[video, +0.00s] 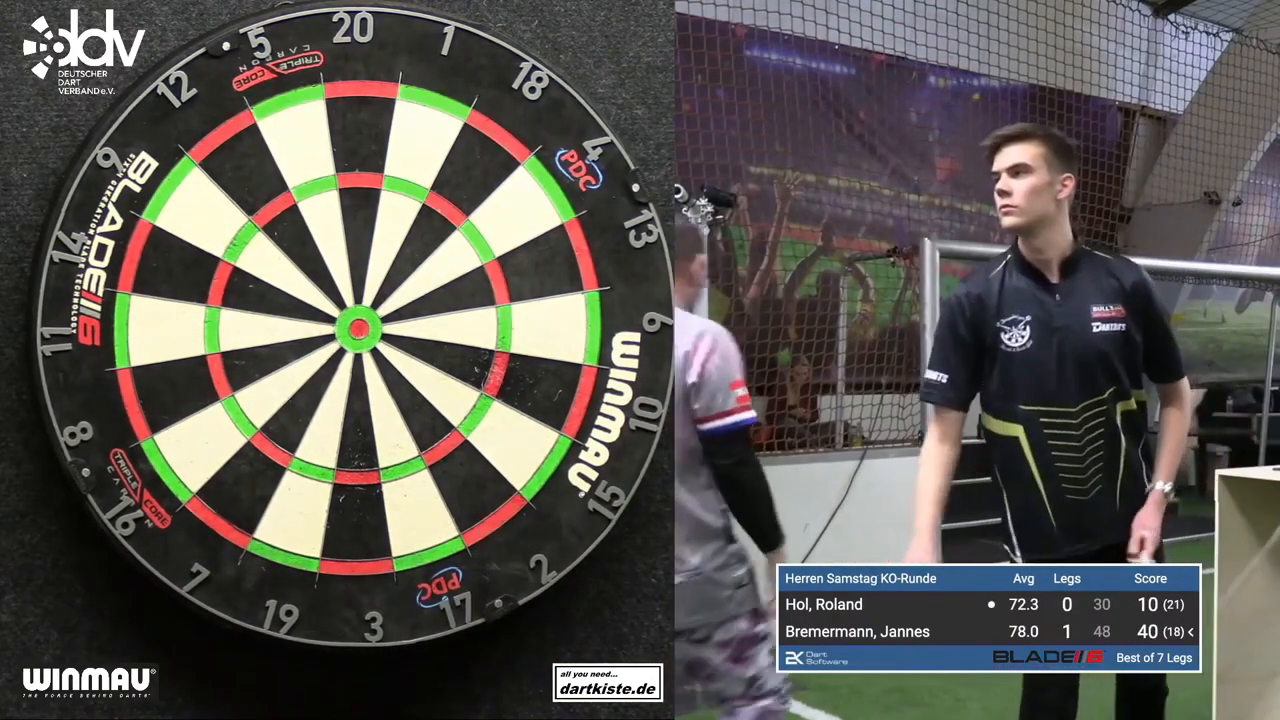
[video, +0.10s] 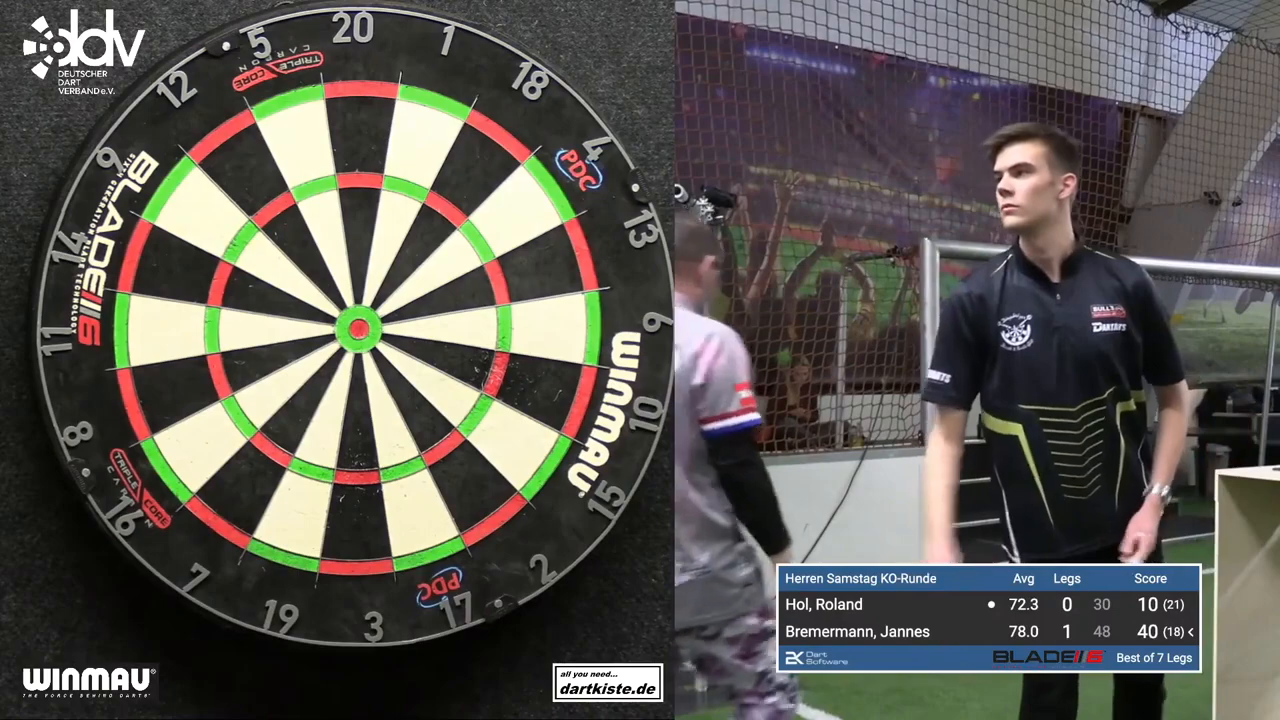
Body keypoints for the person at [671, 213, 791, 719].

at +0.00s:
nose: (707, 269)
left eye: (704, 256)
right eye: (703, 257)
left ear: (646, 265)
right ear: (689, 266)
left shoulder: (604, 337)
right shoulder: (704, 343)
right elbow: (733, 464)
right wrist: (776, 549)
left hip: (619, 566)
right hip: (695, 571)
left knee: (629, 703)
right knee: (754, 697)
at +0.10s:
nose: (717, 275)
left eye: (716, 264)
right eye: (716, 264)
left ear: (661, 264)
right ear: (702, 266)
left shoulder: (610, 334)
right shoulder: (711, 344)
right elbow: (737, 464)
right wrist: (780, 548)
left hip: (625, 569)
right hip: (701, 573)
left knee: (646, 705)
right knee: (765, 696)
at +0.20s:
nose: (758, 288)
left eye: (757, 275)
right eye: (754, 275)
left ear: (687, 272)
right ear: (731, 273)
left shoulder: (643, 335)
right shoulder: (743, 350)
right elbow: (766, 477)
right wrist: (802, 562)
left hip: (652, 574)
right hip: (731, 581)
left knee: (660, 706)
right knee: (770, 705)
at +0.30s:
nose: (796, 297)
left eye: (797, 285)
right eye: (794, 284)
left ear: (731, 281)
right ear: (772, 284)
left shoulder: (681, 348)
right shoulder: (789, 360)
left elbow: (661, 463)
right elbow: (805, 484)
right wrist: (829, 567)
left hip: (686, 567)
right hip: (765, 575)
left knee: (684, 698)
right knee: (799, 699)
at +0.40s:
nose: (841, 296)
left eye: (842, 285)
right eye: (840, 285)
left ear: (778, 280)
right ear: (822, 284)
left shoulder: (724, 349)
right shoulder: (837, 356)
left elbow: (714, 448)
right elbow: (848, 468)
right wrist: (869, 550)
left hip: (730, 548)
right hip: (812, 555)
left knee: (713, 681)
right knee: (839, 685)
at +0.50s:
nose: (866, 293)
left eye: (866, 283)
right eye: (865, 282)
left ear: (805, 278)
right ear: (847, 281)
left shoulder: (747, 347)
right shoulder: (859, 351)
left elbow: (737, 446)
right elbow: (878, 458)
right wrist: (909, 535)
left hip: (759, 542)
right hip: (838, 548)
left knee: (741, 672)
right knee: (850, 681)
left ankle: (712, 715)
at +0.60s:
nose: (883, 291)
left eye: (885, 279)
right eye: (883, 279)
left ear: (824, 274)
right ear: (867, 278)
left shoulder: (770, 347)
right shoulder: (879, 348)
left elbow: (750, 451)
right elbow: (909, 453)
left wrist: (746, 532)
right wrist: (950, 522)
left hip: (783, 547)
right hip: (860, 550)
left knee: (776, 663)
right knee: (859, 675)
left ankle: (746, 714)